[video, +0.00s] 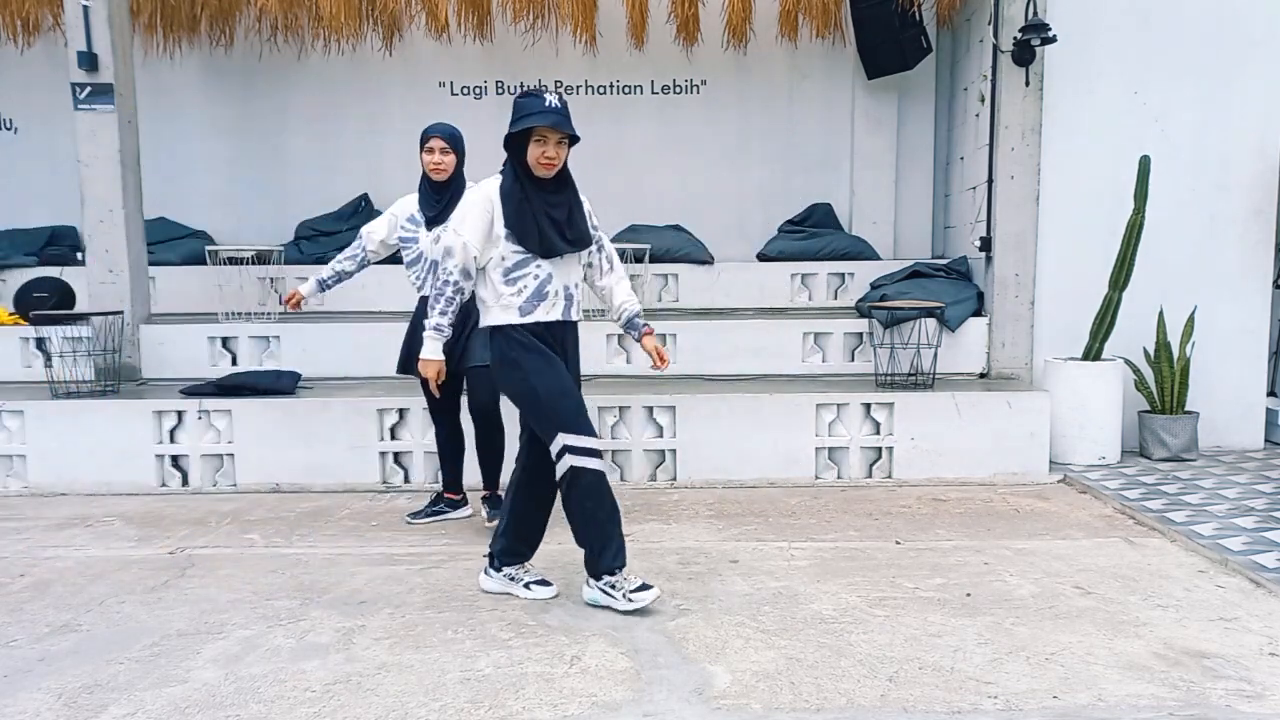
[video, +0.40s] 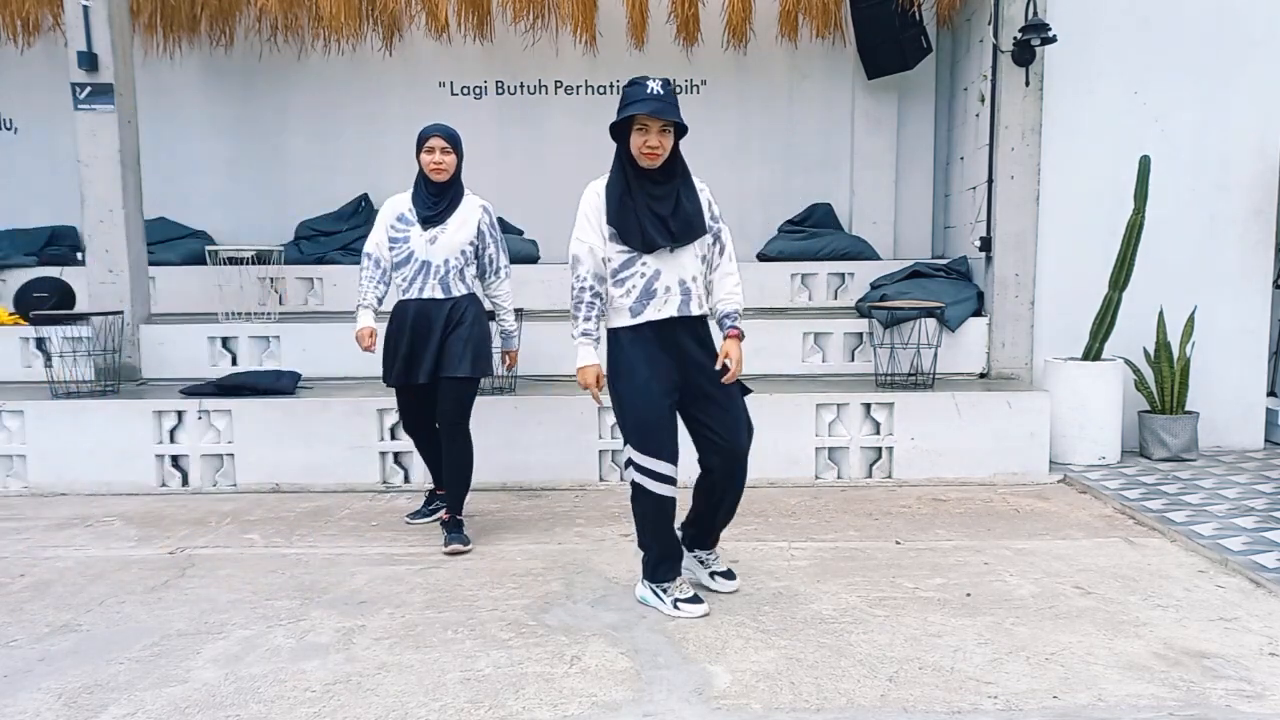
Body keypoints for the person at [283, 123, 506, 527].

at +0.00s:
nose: (437, 159)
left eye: (445, 152)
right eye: (430, 151)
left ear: (460, 157)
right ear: (420, 157)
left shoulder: (480, 204)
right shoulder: (405, 212)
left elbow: (505, 256)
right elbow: (359, 252)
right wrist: (309, 288)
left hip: (479, 311)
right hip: (434, 313)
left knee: (484, 406)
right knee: (443, 409)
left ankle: (493, 493)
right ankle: (453, 496)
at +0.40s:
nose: (438, 158)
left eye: (446, 151)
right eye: (429, 151)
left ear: (459, 159)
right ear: (418, 158)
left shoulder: (478, 211)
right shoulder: (395, 208)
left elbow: (497, 277)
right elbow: (375, 265)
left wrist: (509, 333)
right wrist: (366, 314)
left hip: (462, 325)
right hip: (410, 325)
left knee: (452, 420)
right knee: (415, 419)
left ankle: (454, 519)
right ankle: (443, 487)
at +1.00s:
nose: (411, 148)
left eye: (420, 141)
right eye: (403, 142)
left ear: (434, 149)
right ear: (392, 151)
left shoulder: (456, 209)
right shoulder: (367, 202)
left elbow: (467, 277)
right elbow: (351, 273)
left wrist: (449, 331)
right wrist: (361, 331)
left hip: (437, 329)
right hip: (379, 328)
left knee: (442, 430)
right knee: (346, 426)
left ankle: (452, 522)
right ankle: (325, 519)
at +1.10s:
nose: (402, 149)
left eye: (410, 141)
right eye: (393, 143)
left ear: (425, 149)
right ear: (383, 152)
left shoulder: (451, 207)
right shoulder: (362, 205)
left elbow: (461, 279)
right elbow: (350, 278)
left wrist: (444, 336)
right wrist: (358, 342)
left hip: (431, 334)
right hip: (372, 332)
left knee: (439, 434)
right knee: (339, 429)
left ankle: (452, 522)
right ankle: (324, 521)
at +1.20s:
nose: (390, 147)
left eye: (398, 138)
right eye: (382, 140)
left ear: (415, 144)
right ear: (372, 148)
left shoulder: (443, 200)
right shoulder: (353, 199)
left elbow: (456, 272)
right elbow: (345, 273)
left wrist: (442, 332)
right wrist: (357, 332)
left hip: (427, 325)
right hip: (369, 325)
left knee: (437, 431)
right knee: (327, 420)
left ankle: (452, 521)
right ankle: (316, 513)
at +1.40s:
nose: (359, 163)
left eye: (367, 154)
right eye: (350, 155)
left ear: (383, 158)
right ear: (341, 162)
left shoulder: (414, 205)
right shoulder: (327, 220)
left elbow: (433, 274)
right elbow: (325, 289)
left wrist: (423, 335)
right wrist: (344, 341)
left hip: (410, 331)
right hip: (352, 334)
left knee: (439, 432)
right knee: (313, 427)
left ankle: (453, 521)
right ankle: (300, 514)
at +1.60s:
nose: (307, 173)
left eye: (316, 164)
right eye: (298, 165)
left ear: (333, 167)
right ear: (289, 171)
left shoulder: (366, 207)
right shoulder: (284, 233)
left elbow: (393, 273)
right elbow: (291, 307)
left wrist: (387, 333)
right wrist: (311, 363)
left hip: (380, 336)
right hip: (321, 345)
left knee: (431, 427)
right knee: (292, 439)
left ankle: (456, 520)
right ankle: (304, 523)